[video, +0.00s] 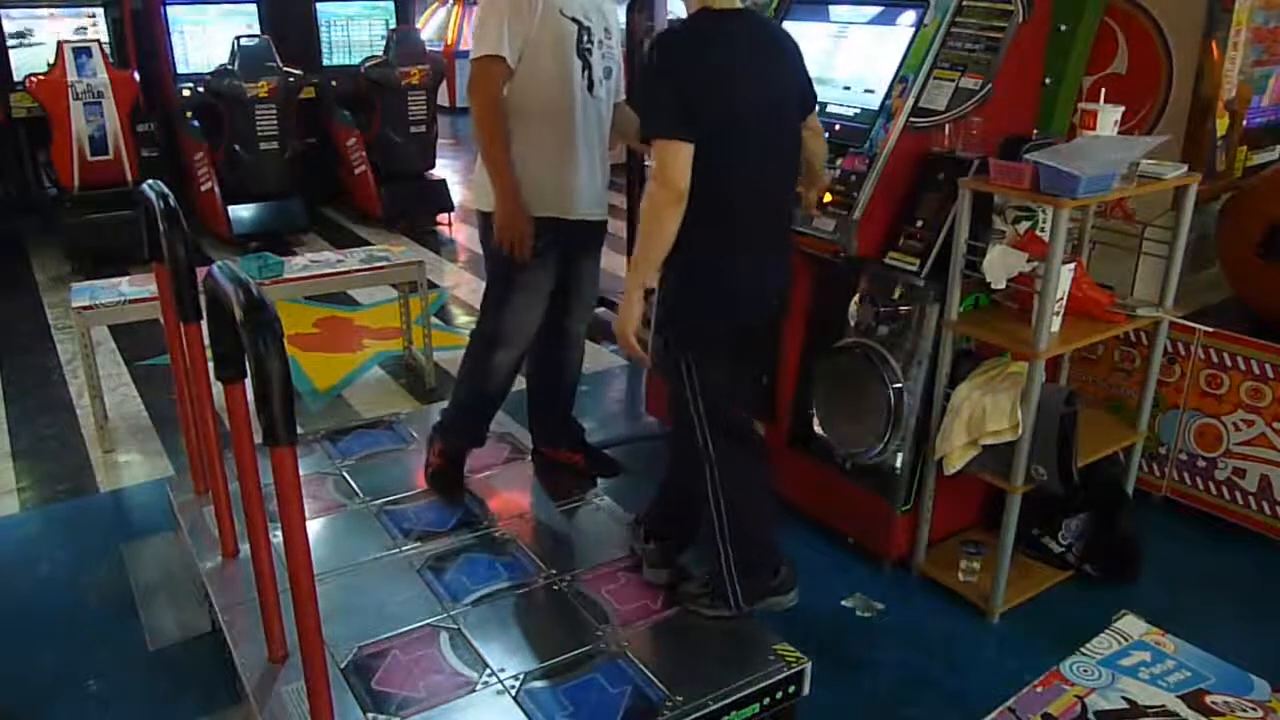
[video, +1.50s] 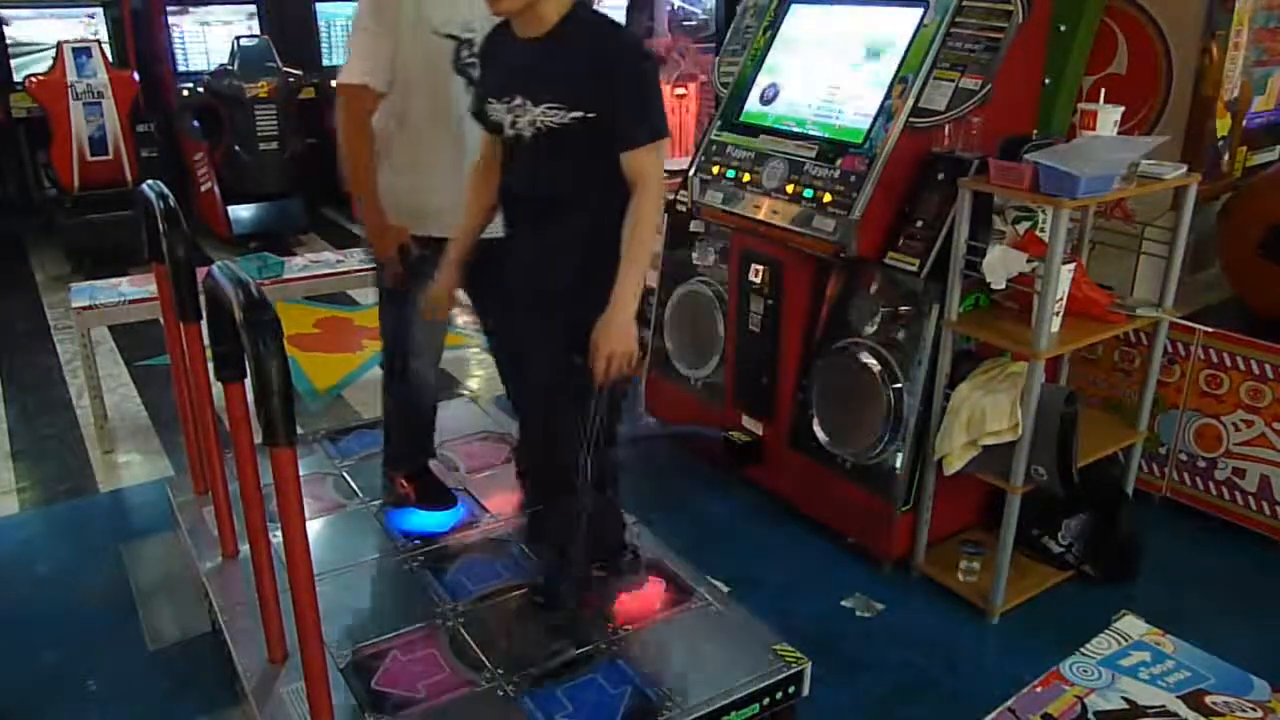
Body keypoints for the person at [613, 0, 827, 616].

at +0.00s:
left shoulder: (675, 48)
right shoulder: (778, 41)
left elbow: (670, 183)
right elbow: (814, 152)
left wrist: (636, 287)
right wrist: (809, 188)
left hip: (700, 269)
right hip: (765, 266)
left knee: (720, 425)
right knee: (705, 414)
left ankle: (755, 572)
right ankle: (664, 537)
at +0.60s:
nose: (651, 4)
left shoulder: (714, 60)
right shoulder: (751, 48)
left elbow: (714, 199)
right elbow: (796, 168)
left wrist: (655, 304)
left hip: (720, 294)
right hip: (748, 285)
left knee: (729, 441)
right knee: (676, 418)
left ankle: (757, 582)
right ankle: (662, 540)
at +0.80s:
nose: (632, 3)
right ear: (664, 1)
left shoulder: (718, 58)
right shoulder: (684, 57)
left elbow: (731, 199)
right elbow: (681, 170)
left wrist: (676, 317)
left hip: (728, 299)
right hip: (684, 288)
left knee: (728, 445)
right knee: (638, 422)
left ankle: (760, 578)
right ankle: (645, 546)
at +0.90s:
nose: (615, 5)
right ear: (627, 4)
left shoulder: (707, 58)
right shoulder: (649, 54)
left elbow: (731, 196)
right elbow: (667, 160)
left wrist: (685, 317)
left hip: (714, 296)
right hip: (657, 291)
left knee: (720, 444)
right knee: (625, 426)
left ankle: (758, 574)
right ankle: (624, 548)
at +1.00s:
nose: (593, 3)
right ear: (606, 4)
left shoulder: (693, 55)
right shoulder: (634, 54)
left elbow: (719, 195)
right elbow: (646, 182)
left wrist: (686, 317)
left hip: (686, 300)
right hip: (640, 293)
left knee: (706, 444)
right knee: (615, 427)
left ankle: (755, 567)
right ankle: (610, 549)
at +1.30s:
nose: (526, 2)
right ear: (541, 2)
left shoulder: (641, 53)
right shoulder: (550, 56)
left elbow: (672, 186)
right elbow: (553, 177)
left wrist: (645, 314)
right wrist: (524, 268)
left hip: (620, 294)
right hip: (564, 286)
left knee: (607, 444)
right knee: (568, 435)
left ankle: (671, 553)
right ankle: (603, 556)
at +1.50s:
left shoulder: (615, 53)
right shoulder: (499, 48)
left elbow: (649, 189)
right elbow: (490, 165)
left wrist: (623, 311)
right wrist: (453, 265)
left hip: (594, 284)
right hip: (524, 277)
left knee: (564, 452)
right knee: (553, 431)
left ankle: (566, 600)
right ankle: (604, 548)